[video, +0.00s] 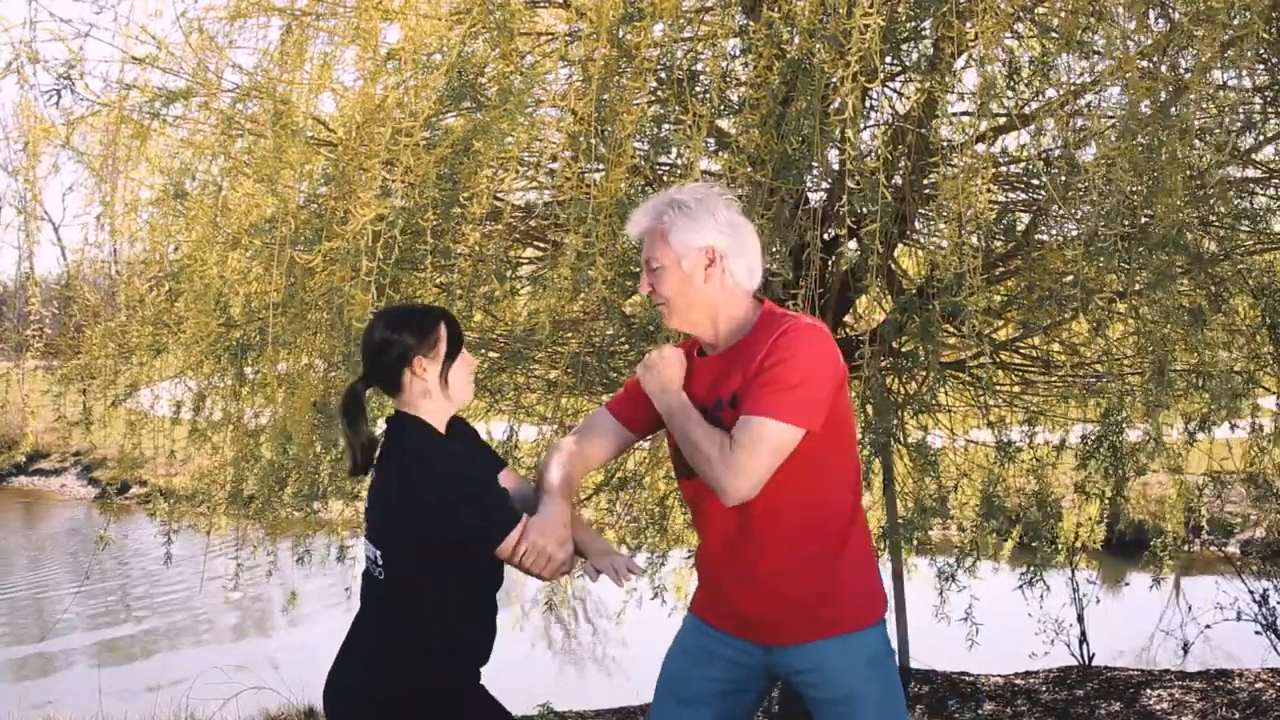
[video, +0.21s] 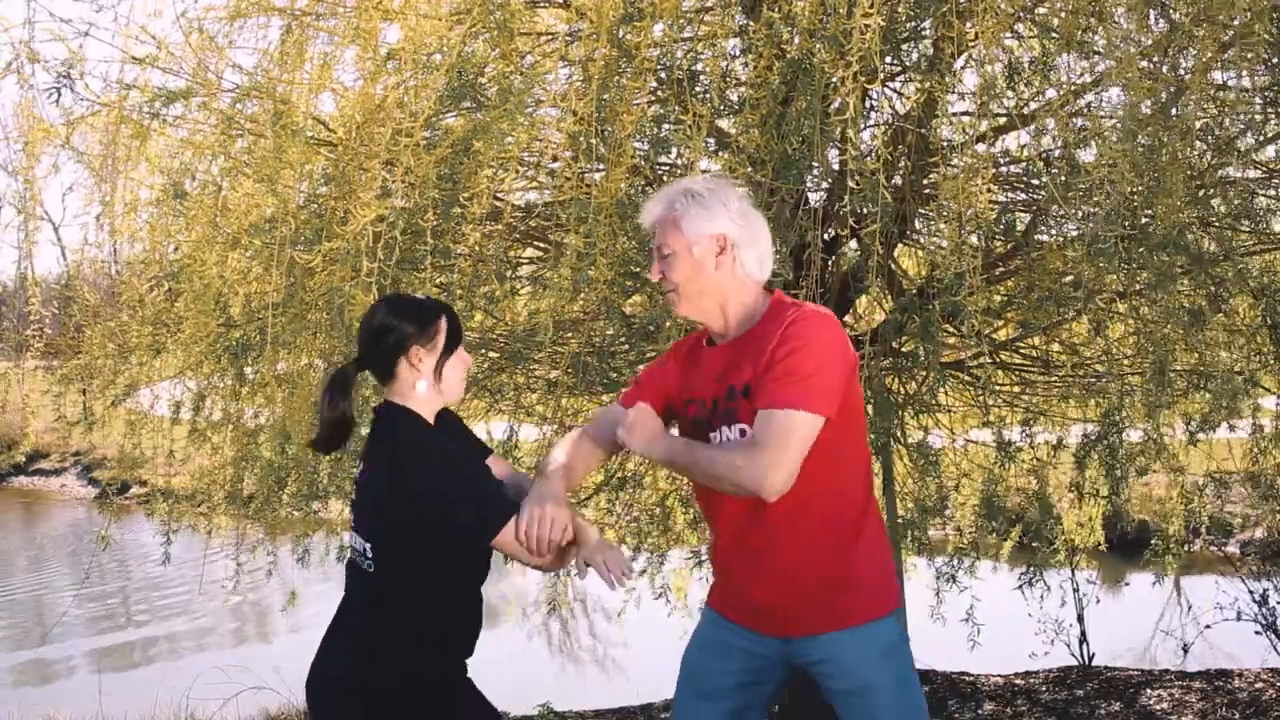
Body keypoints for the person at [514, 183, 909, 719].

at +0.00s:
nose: (646, 287)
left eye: (655, 269)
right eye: (645, 272)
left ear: (711, 262)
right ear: (709, 265)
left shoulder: (804, 346)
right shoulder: (682, 365)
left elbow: (735, 478)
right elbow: (574, 449)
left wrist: (668, 397)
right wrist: (554, 509)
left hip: (836, 634)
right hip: (719, 630)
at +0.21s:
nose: (655, 274)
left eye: (666, 255)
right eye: (655, 259)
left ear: (722, 250)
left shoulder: (810, 332)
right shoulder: (684, 363)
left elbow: (767, 471)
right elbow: (596, 435)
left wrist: (660, 445)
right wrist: (551, 488)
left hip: (851, 620)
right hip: (738, 618)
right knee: (692, 711)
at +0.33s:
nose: (685, 266)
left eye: (697, 248)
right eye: (688, 250)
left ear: (753, 247)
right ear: (749, 248)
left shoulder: (838, 335)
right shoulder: (709, 363)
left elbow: (826, 478)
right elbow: (636, 456)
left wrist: (712, 470)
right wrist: (580, 460)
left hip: (870, 632)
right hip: (752, 627)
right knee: (708, 710)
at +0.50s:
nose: (753, 265)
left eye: (768, 249)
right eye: (757, 249)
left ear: (826, 254)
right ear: (819, 256)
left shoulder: (906, 345)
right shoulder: (769, 367)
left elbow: (886, 482)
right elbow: (698, 472)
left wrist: (767, 451)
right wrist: (611, 435)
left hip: (912, 644)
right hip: (791, 634)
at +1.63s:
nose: (764, 286)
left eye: (776, 268)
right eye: (764, 268)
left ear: (833, 264)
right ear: (829, 265)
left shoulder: (923, 342)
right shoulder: (778, 356)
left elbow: (864, 468)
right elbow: (705, 429)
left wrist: (767, 403)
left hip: (921, 638)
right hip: (797, 628)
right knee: (740, 710)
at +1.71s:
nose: (771, 293)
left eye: (782, 275)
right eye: (770, 275)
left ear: (840, 268)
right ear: (832, 271)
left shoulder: (935, 345)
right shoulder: (790, 358)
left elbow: (867, 463)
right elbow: (704, 465)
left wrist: (781, 380)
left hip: (929, 640)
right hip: (805, 630)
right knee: (748, 709)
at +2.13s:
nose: (829, 282)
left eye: (845, 268)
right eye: (830, 266)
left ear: (906, 273)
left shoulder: (960, 371)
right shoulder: (821, 356)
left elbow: (848, 479)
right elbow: (746, 467)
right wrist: (728, 559)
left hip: (940, 644)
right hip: (818, 631)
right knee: (760, 710)